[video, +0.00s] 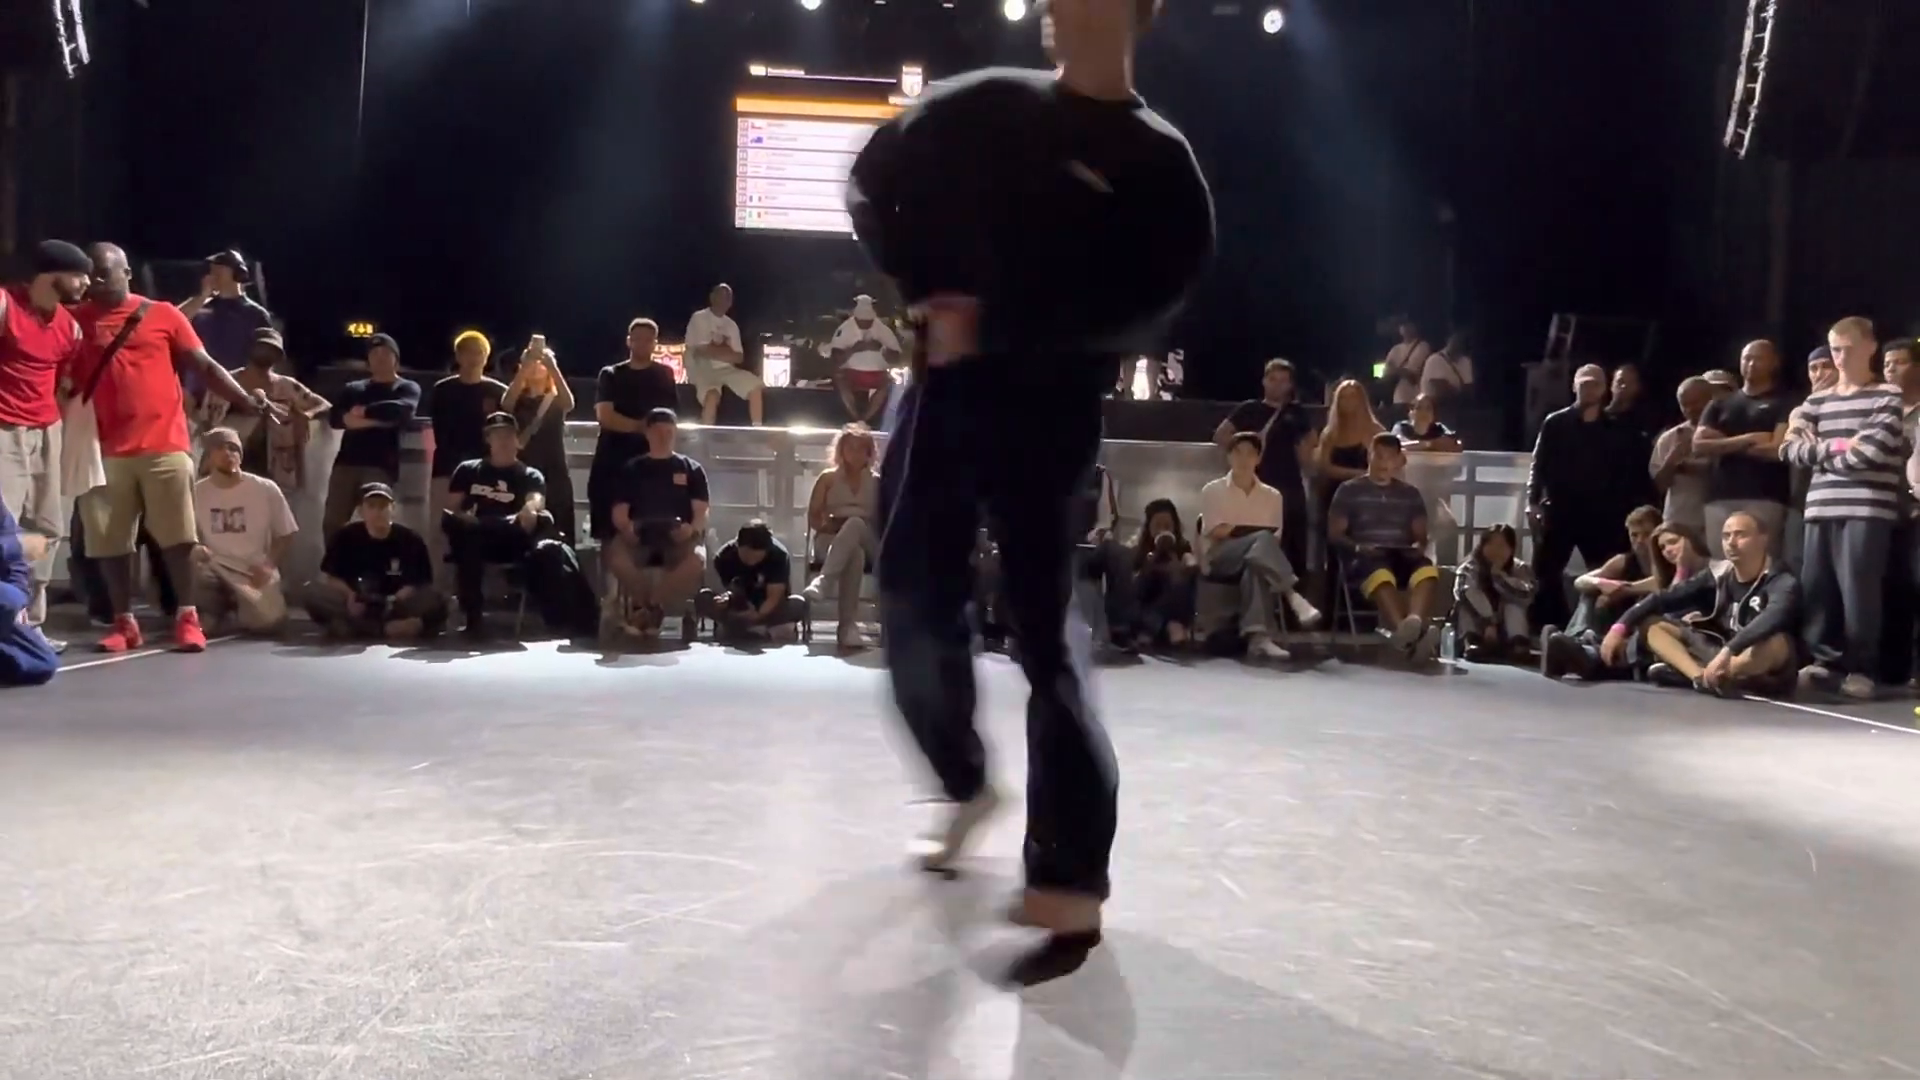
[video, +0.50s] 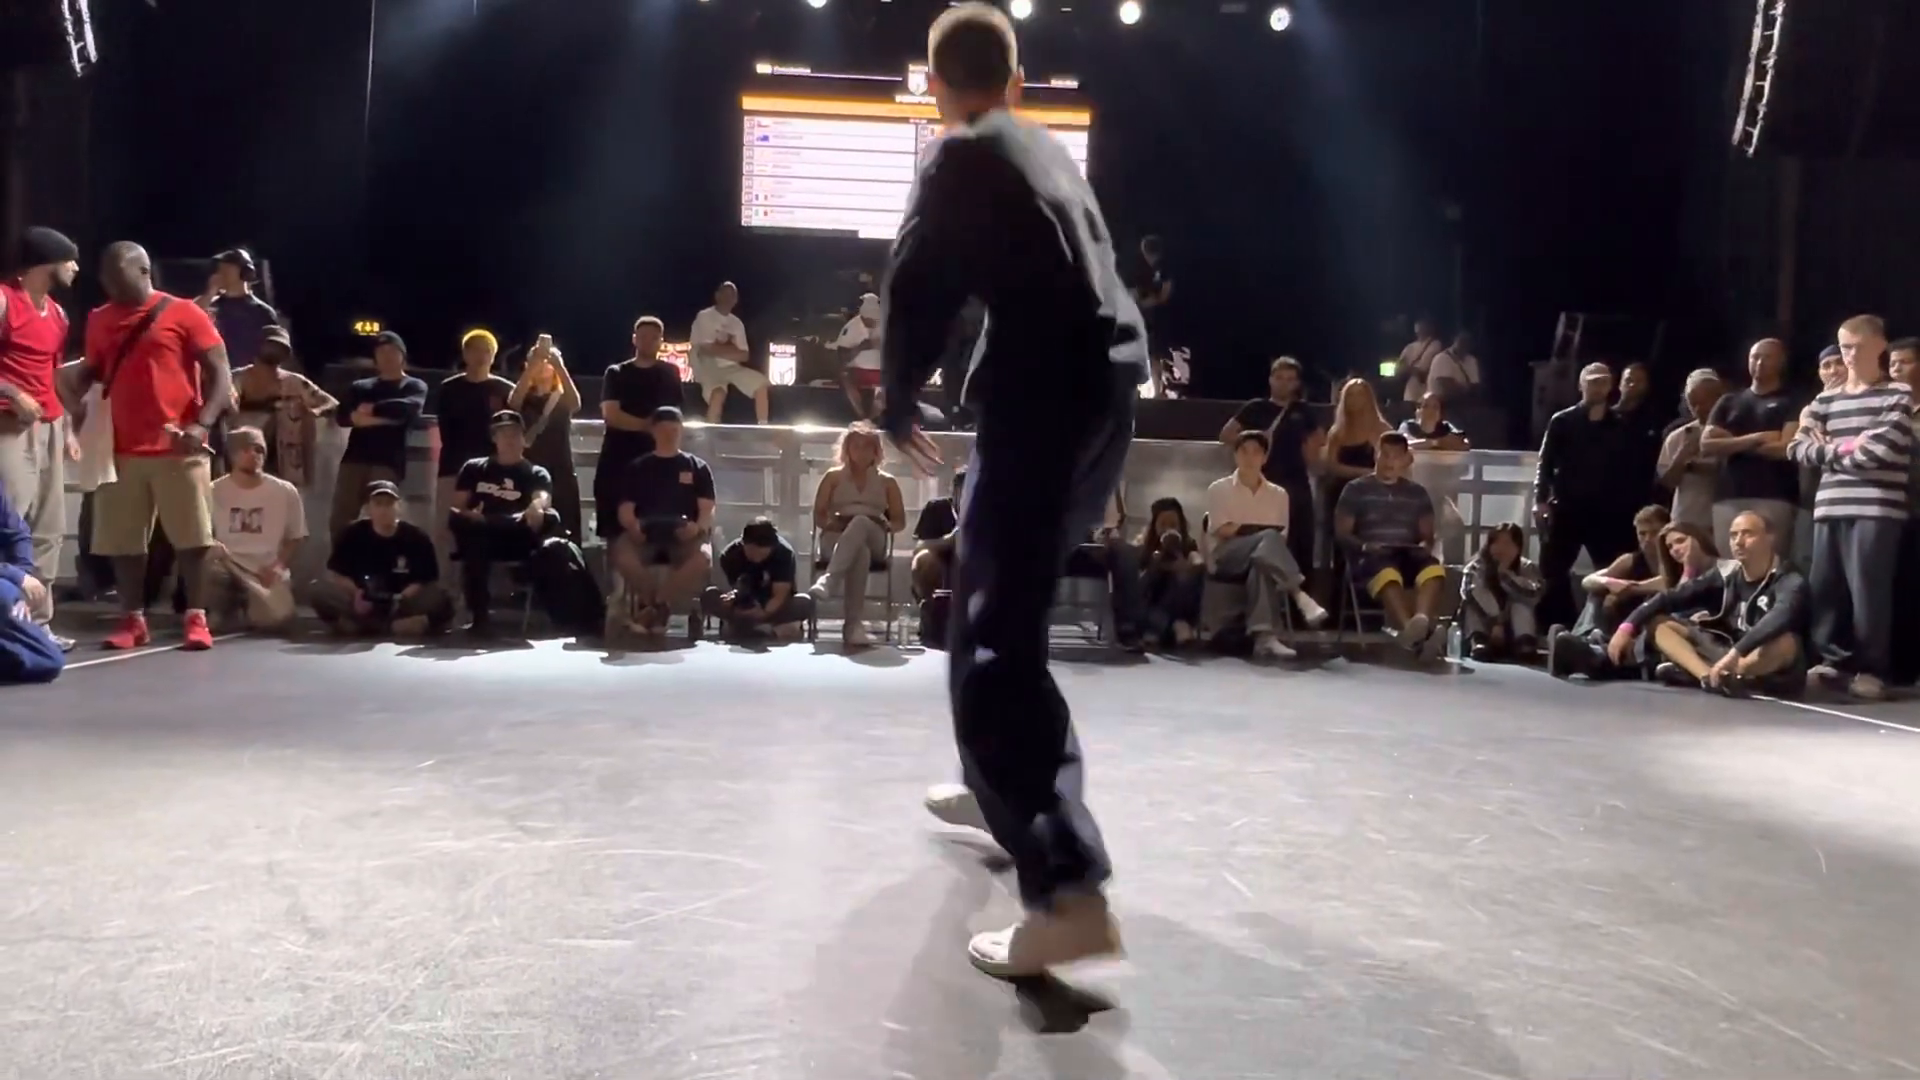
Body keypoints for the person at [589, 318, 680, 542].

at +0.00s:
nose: (643, 345)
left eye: (648, 340)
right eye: (638, 339)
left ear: (655, 344)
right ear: (628, 341)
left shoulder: (664, 374)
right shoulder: (610, 374)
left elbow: (667, 422)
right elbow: (605, 417)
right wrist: (643, 426)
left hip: (650, 462)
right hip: (612, 460)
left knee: (650, 529)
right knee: (609, 532)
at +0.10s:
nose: (644, 346)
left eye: (650, 341)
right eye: (639, 340)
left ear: (656, 345)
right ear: (630, 342)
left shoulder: (665, 375)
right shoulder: (611, 375)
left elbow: (669, 423)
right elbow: (606, 418)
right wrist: (645, 428)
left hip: (651, 463)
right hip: (613, 461)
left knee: (651, 531)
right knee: (611, 533)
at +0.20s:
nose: (645, 344)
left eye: (650, 340)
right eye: (640, 339)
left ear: (657, 343)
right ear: (630, 341)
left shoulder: (666, 374)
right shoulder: (611, 374)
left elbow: (669, 421)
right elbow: (606, 417)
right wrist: (645, 427)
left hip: (651, 462)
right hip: (613, 460)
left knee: (651, 529)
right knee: (611, 532)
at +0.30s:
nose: (645, 342)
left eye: (651, 338)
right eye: (640, 337)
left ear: (657, 341)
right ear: (630, 339)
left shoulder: (666, 372)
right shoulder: (612, 372)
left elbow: (670, 419)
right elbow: (607, 415)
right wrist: (645, 425)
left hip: (652, 459)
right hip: (614, 458)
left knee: (652, 527)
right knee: (611, 530)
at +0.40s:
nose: (647, 341)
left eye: (652, 336)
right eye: (642, 335)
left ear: (659, 341)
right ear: (632, 339)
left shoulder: (668, 372)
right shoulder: (615, 372)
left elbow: (672, 420)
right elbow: (609, 415)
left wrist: (622, 416)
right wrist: (648, 425)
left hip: (654, 460)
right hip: (616, 459)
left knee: (655, 528)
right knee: (613, 531)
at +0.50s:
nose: (648, 341)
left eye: (654, 337)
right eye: (643, 336)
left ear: (661, 341)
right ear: (634, 339)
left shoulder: (669, 372)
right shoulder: (616, 372)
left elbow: (673, 420)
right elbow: (610, 415)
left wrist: (623, 417)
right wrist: (649, 425)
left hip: (656, 460)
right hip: (618, 458)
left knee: (656, 529)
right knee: (615, 530)